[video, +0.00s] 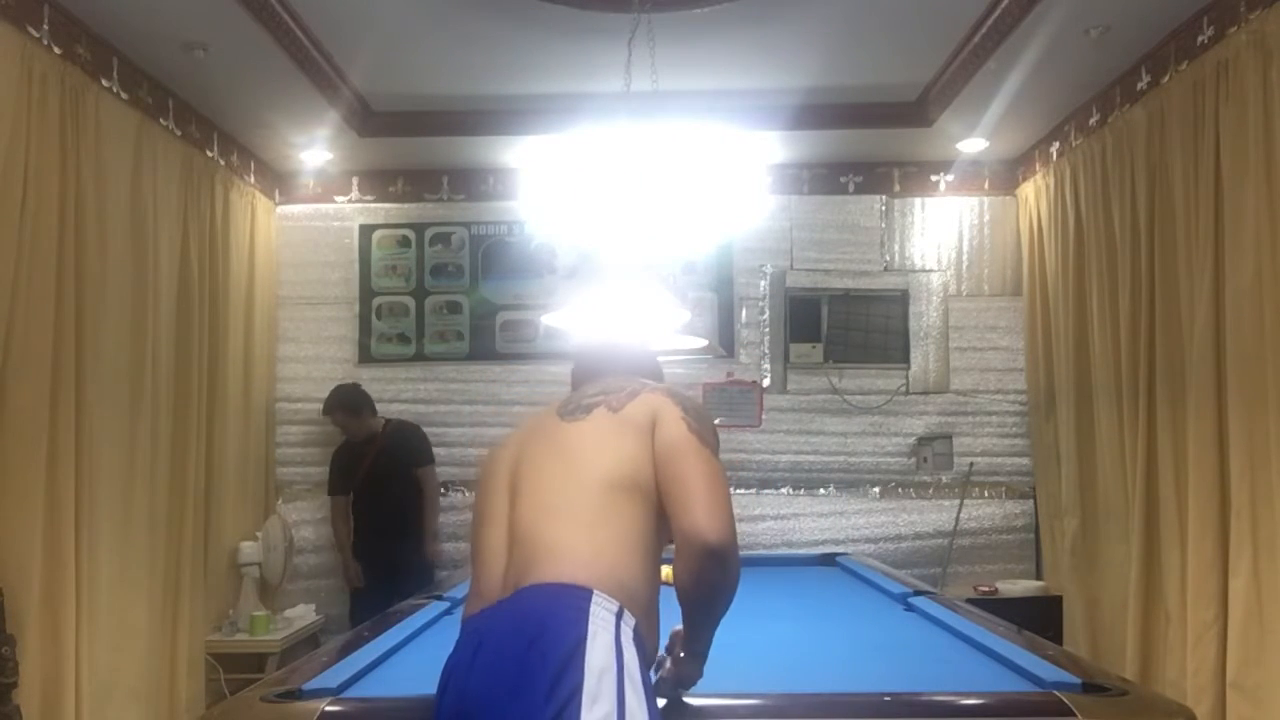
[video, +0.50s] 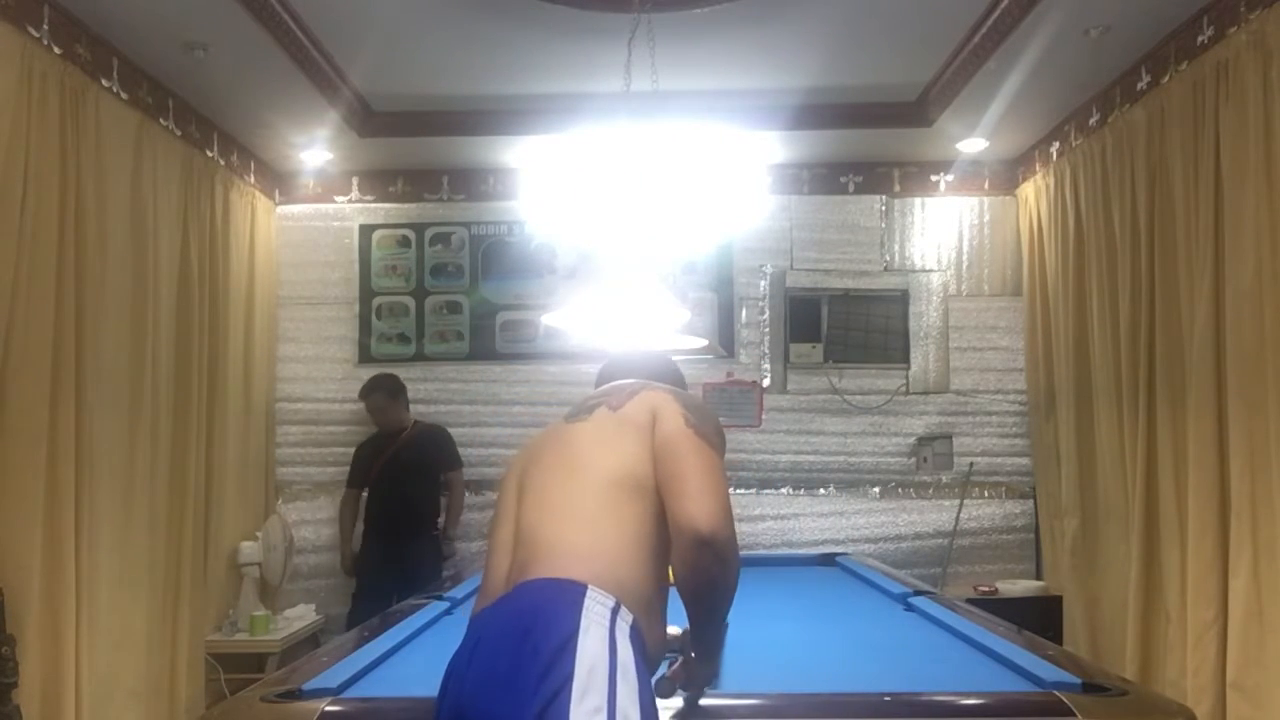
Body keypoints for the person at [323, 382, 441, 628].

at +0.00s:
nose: (342, 432)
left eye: (343, 425)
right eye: (338, 426)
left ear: (361, 413)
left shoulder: (407, 435)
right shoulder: (344, 455)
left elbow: (431, 489)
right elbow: (340, 513)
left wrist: (430, 541)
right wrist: (348, 560)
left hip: (411, 554)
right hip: (369, 558)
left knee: (415, 629)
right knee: (368, 633)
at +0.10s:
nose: (347, 429)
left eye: (348, 421)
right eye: (343, 423)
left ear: (365, 411)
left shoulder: (415, 435)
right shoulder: (349, 454)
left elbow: (444, 483)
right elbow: (344, 513)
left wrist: (447, 532)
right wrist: (348, 560)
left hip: (412, 556)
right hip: (369, 560)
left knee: (417, 630)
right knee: (370, 635)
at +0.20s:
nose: (353, 426)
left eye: (354, 418)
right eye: (350, 420)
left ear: (373, 408)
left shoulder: (423, 434)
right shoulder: (356, 451)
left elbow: (453, 478)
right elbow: (348, 507)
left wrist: (454, 530)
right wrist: (345, 555)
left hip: (413, 553)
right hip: (370, 555)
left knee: (414, 627)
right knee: (366, 630)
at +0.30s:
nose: (359, 424)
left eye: (361, 416)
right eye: (357, 418)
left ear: (380, 407)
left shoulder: (428, 436)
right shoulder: (363, 452)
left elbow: (456, 481)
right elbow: (352, 506)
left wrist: (453, 532)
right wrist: (343, 558)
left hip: (418, 557)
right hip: (373, 557)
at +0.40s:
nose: (368, 422)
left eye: (369, 415)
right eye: (365, 416)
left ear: (389, 405)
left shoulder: (434, 437)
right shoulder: (367, 452)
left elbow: (456, 487)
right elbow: (354, 504)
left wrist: (447, 537)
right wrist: (343, 555)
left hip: (422, 555)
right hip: (375, 555)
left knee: (418, 627)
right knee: (359, 629)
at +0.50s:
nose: (375, 419)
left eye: (379, 411)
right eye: (371, 413)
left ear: (399, 403)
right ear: (368, 410)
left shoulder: (435, 438)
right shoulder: (368, 449)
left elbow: (457, 488)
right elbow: (351, 499)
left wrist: (448, 537)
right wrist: (346, 549)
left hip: (421, 553)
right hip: (376, 554)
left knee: (422, 628)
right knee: (363, 631)